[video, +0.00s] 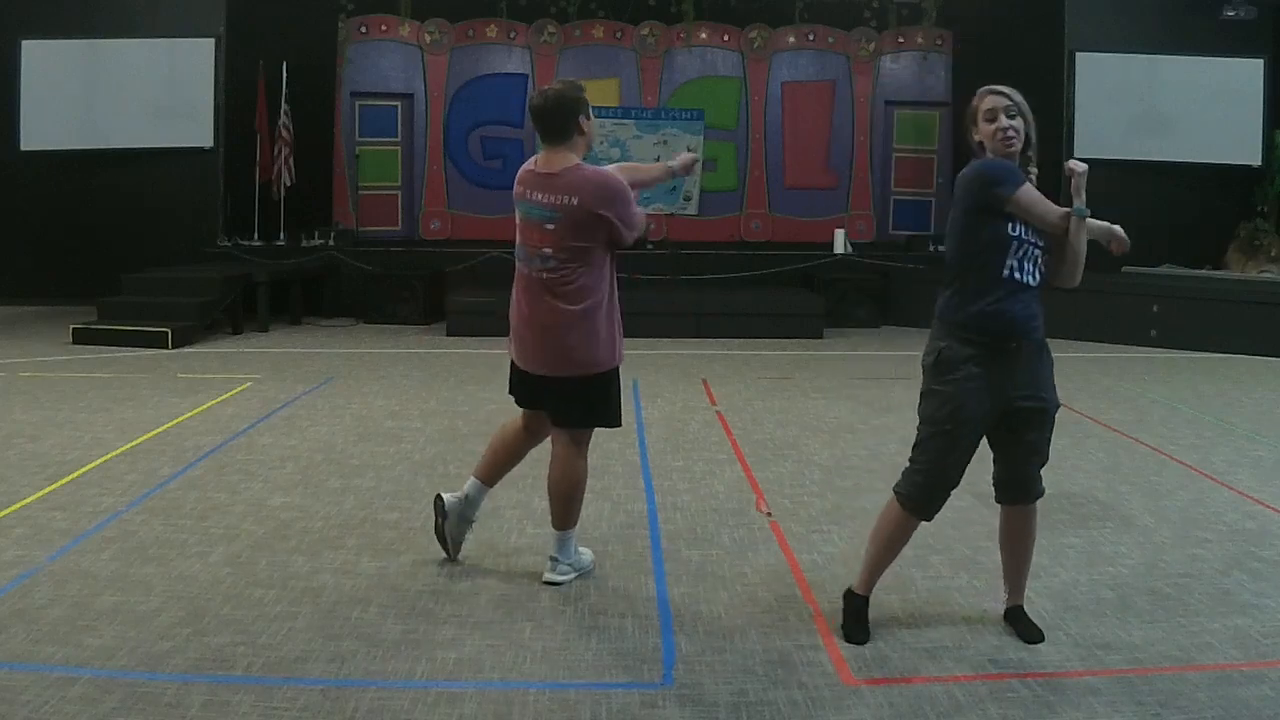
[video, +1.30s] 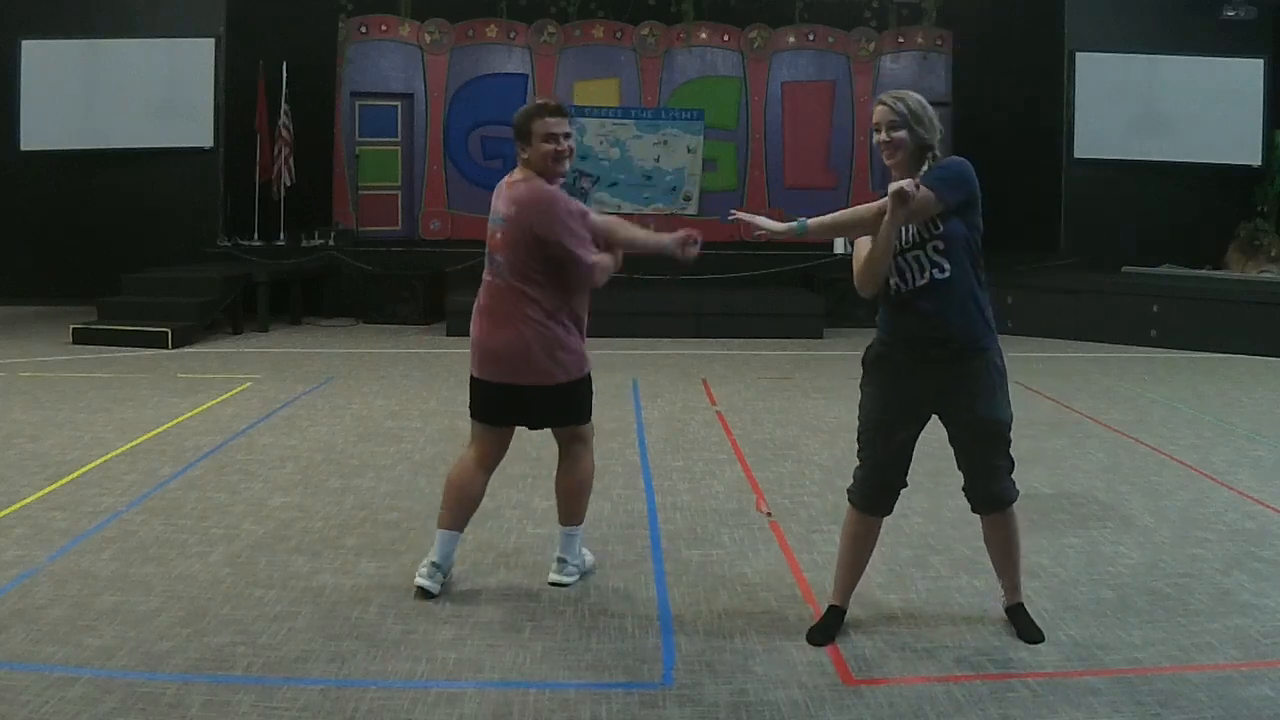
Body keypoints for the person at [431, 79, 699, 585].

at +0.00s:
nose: (594, 122)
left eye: (590, 114)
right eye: (591, 116)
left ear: (540, 126)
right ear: (583, 124)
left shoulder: (526, 176)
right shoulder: (604, 185)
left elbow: (610, 173)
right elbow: (636, 231)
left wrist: (671, 167)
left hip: (528, 333)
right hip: (582, 341)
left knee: (533, 422)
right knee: (572, 442)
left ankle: (464, 503)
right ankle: (565, 554)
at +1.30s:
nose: (562, 147)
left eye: (567, 138)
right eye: (550, 139)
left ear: (572, 141)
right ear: (524, 147)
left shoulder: (510, 189)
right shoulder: (547, 201)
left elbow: (602, 226)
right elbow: (592, 273)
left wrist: (668, 241)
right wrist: (613, 259)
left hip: (493, 346)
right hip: (550, 350)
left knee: (482, 451)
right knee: (575, 444)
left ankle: (437, 563)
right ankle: (569, 556)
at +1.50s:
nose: (540, 135)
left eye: (543, 126)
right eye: (529, 126)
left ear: (540, 130)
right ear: (500, 134)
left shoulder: (483, 181)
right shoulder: (513, 192)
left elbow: (520, 259)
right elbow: (523, 278)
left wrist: (560, 299)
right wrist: (549, 348)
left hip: (474, 342)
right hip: (523, 344)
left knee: (460, 446)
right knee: (550, 444)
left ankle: (430, 561)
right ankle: (565, 556)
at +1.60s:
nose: (541, 133)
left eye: (539, 124)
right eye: (531, 125)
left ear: (496, 135)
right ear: (499, 133)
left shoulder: (469, 179)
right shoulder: (504, 186)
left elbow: (473, 262)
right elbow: (503, 268)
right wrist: (520, 344)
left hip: (460, 340)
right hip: (515, 341)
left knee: (447, 448)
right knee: (546, 442)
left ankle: (425, 567)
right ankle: (563, 555)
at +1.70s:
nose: (538, 133)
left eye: (536, 123)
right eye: (533, 124)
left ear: (483, 133)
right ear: (510, 132)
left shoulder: (451, 183)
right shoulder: (509, 189)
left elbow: (443, 259)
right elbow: (512, 272)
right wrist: (534, 347)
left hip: (447, 345)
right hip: (505, 347)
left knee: (439, 446)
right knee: (547, 435)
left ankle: (424, 567)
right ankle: (549, 555)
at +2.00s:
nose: (509, 134)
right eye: (512, 128)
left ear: (459, 128)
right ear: (508, 131)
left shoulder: (425, 185)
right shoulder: (538, 188)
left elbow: (416, 268)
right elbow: (578, 260)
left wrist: (428, 321)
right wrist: (593, 314)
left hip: (440, 341)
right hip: (512, 346)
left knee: (434, 437)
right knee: (519, 447)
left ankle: (428, 555)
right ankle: (536, 568)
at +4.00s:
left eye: (462, 135)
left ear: (457, 139)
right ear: (504, 132)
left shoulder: (452, 212)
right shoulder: (551, 166)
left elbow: (421, 287)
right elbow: (594, 225)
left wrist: (389, 351)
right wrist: (572, 286)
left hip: (472, 321)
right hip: (543, 327)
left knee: (424, 347)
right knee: (529, 438)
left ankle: (403, 402)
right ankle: (520, 558)